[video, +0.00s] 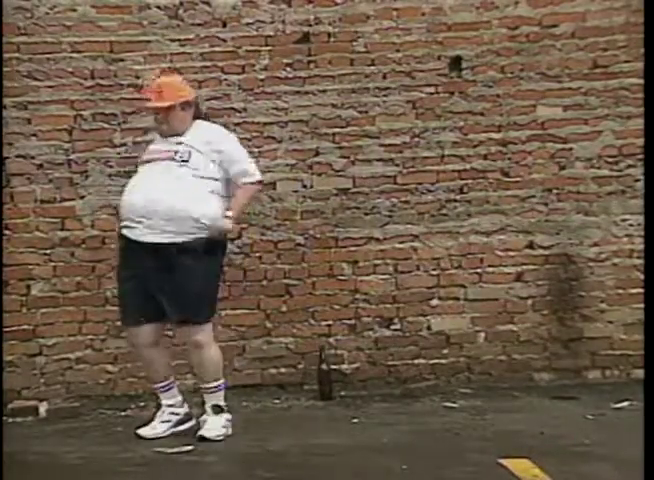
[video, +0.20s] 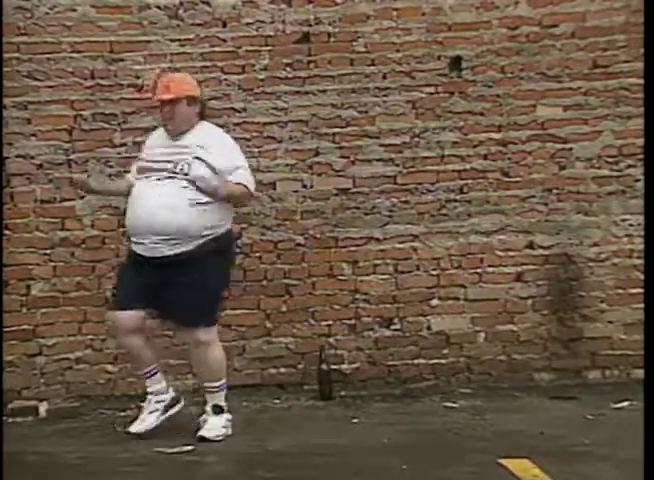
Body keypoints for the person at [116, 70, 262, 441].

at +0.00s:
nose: (156, 118)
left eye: (162, 110)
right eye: (154, 111)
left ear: (185, 107)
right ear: (157, 110)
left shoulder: (216, 137)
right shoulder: (158, 141)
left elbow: (250, 180)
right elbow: (166, 188)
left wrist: (231, 216)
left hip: (192, 248)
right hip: (140, 246)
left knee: (197, 335)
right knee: (143, 334)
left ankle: (216, 412)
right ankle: (174, 409)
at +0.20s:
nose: (164, 111)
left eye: (171, 104)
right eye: (160, 105)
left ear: (193, 105)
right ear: (156, 107)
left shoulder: (216, 140)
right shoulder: (154, 141)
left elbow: (246, 192)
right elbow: (135, 184)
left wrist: (218, 188)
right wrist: (100, 185)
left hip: (200, 252)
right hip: (146, 251)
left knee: (200, 334)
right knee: (124, 322)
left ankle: (217, 411)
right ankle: (161, 395)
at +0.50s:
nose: (139, 129)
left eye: (147, 122)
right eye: (135, 122)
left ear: (168, 121)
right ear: (131, 122)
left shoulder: (190, 147)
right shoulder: (124, 150)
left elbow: (192, 178)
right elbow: (83, 176)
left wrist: (165, 202)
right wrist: (54, 202)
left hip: (200, 260)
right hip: (142, 261)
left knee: (206, 333)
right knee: (138, 333)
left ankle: (218, 411)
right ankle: (160, 412)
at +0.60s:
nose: (134, 128)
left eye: (141, 121)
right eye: (131, 121)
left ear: (163, 119)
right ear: (128, 120)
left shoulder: (185, 142)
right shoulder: (125, 151)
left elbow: (191, 176)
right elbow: (95, 178)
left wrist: (182, 212)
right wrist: (76, 203)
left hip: (189, 259)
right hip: (136, 261)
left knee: (196, 337)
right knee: (136, 335)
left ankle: (216, 411)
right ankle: (160, 413)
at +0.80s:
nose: (124, 99)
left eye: (132, 93)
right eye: (121, 93)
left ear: (153, 88)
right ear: (121, 93)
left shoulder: (179, 117)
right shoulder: (130, 124)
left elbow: (219, 161)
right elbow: (141, 173)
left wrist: (223, 204)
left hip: (176, 223)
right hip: (135, 231)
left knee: (185, 317)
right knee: (151, 322)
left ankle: (219, 400)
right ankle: (169, 406)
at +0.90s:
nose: (123, 105)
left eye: (130, 99)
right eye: (120, 99)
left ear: (151, 97)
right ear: (120, 100)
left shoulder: (174, 123)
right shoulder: (129, 135)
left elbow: (213, 165)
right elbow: (141, 183)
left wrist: (211, 210)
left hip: (173, 231)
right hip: (136, 237)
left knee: (178, 325)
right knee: (147, 329)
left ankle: (211, 411)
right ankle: (180, 409)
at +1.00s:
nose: (120, 118)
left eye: (125, 110)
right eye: (119, 111)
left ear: (146, 108)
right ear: (134, 111)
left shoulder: (166, 133)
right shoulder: (140, 145)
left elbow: (187, 175)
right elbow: (139, 193)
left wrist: (165, 205)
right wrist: (108, 181)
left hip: (170, 243)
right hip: (141, 251)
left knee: (171, 331)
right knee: (139, 336)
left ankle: (214, 417)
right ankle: (179, 413)